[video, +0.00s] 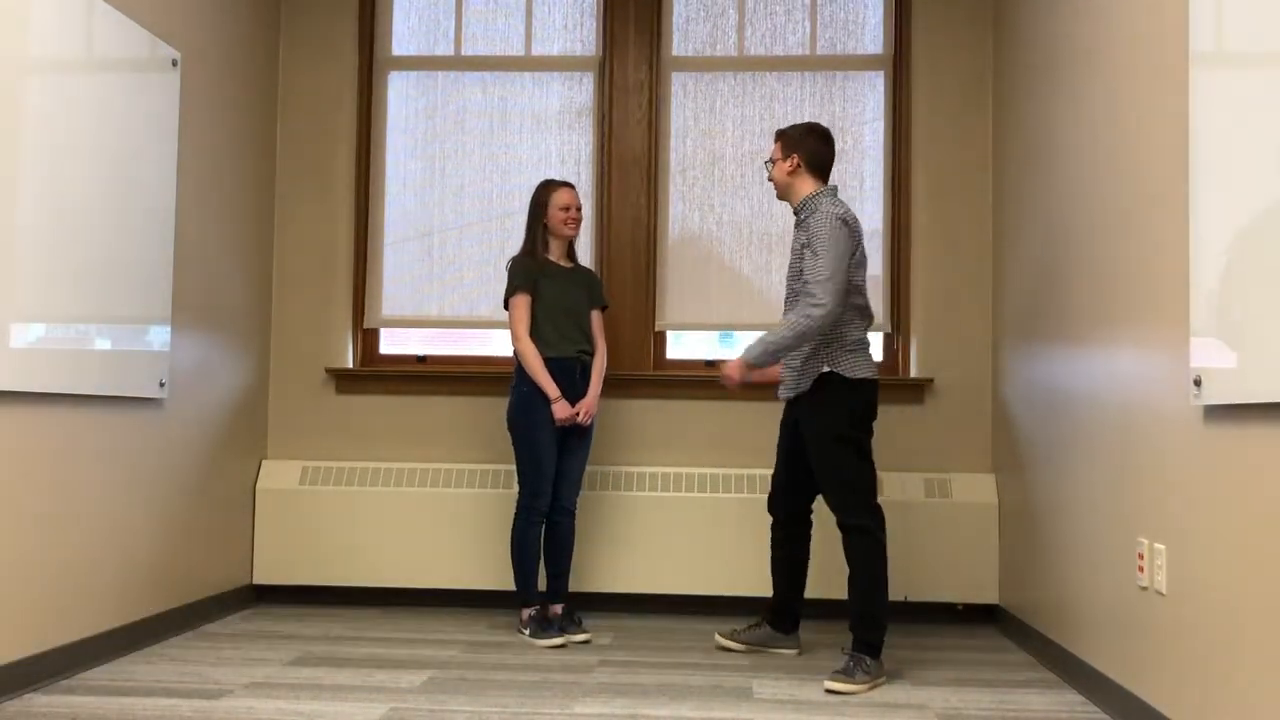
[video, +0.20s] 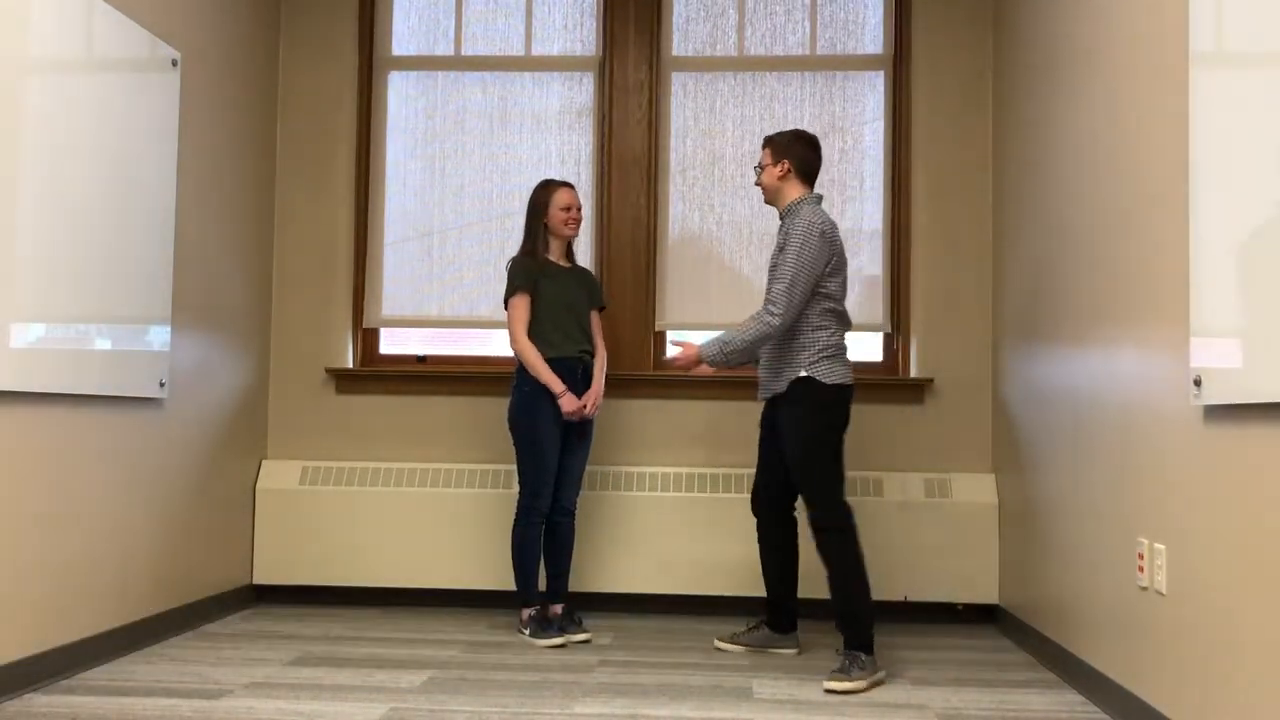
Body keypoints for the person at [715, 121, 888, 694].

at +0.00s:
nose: (768, 170)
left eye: (774, 160)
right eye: (770, 160)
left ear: (797, 163)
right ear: (803, 163)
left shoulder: (829, 217)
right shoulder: (811, 218)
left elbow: (821, 309)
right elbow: (826, 311)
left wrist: (750, 356)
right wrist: (792, 367)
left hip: (840, 387)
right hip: (811, 384)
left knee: (858, 519)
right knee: (788, 506)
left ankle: (866, 653)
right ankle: (781, 625)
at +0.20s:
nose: (757, 176)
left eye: (762, 166)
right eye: (758, 167)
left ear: (784, 168)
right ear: (791, 169)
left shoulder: (809, 227)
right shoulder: (797, 226)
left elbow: (777, 316)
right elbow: (783, 319)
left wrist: (706, 351)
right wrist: (722, 355)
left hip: (814, 388)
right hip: (789, 388)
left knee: (828, 516)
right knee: (770, 506)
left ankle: (859, 653)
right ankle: (779, 626)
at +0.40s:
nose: (743, 177)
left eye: (748, 167)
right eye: (745, 168)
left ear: (772, 167)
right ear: (776, 169)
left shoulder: (796, 225)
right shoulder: (783, 226)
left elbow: (761, 309)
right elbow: (764, 316)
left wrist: (691, 340)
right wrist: (703, 352)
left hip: (796, 379)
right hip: (778, 380)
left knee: (781, 500)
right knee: (768, 500)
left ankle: (831, 635)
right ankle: (781, 626)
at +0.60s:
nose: (735, 178)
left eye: (741, 169)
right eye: (736, 170)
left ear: (765, 170)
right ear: (770, 171)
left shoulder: (787, 224)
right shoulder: (777, 225)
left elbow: (750, 305)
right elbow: (756, 318)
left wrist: (681, 333)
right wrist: (694, 350)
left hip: (786, 383)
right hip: (776, 382)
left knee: (768, 506)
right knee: (767, 505)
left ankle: (778, 632)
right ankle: (774, 627)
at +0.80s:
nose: (733, 180)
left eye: (739, 170)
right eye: (734, 171)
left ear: (764, 171)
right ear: (768, 171)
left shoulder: (779, 224)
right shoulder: (775, 224)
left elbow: (738, 306)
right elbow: (741, 314)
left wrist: (670, 329)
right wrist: (674, 330)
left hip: (773, 382)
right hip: (767, 379)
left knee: (771, 503)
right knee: (769, 502)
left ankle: (779, 631)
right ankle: (775, 626)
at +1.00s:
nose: (726, 180)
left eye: (731, 170)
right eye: (728, 171)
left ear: (755, 173)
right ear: (762, 175)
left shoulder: (771, 228)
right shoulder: (777, 227)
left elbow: (749, 319)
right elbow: (750, 319)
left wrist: (681, 333)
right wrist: (687, 324)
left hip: (768, 383)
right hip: (781, 382)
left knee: (723, 496)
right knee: (775, 502)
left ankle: (769, 624)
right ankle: (782, 625)